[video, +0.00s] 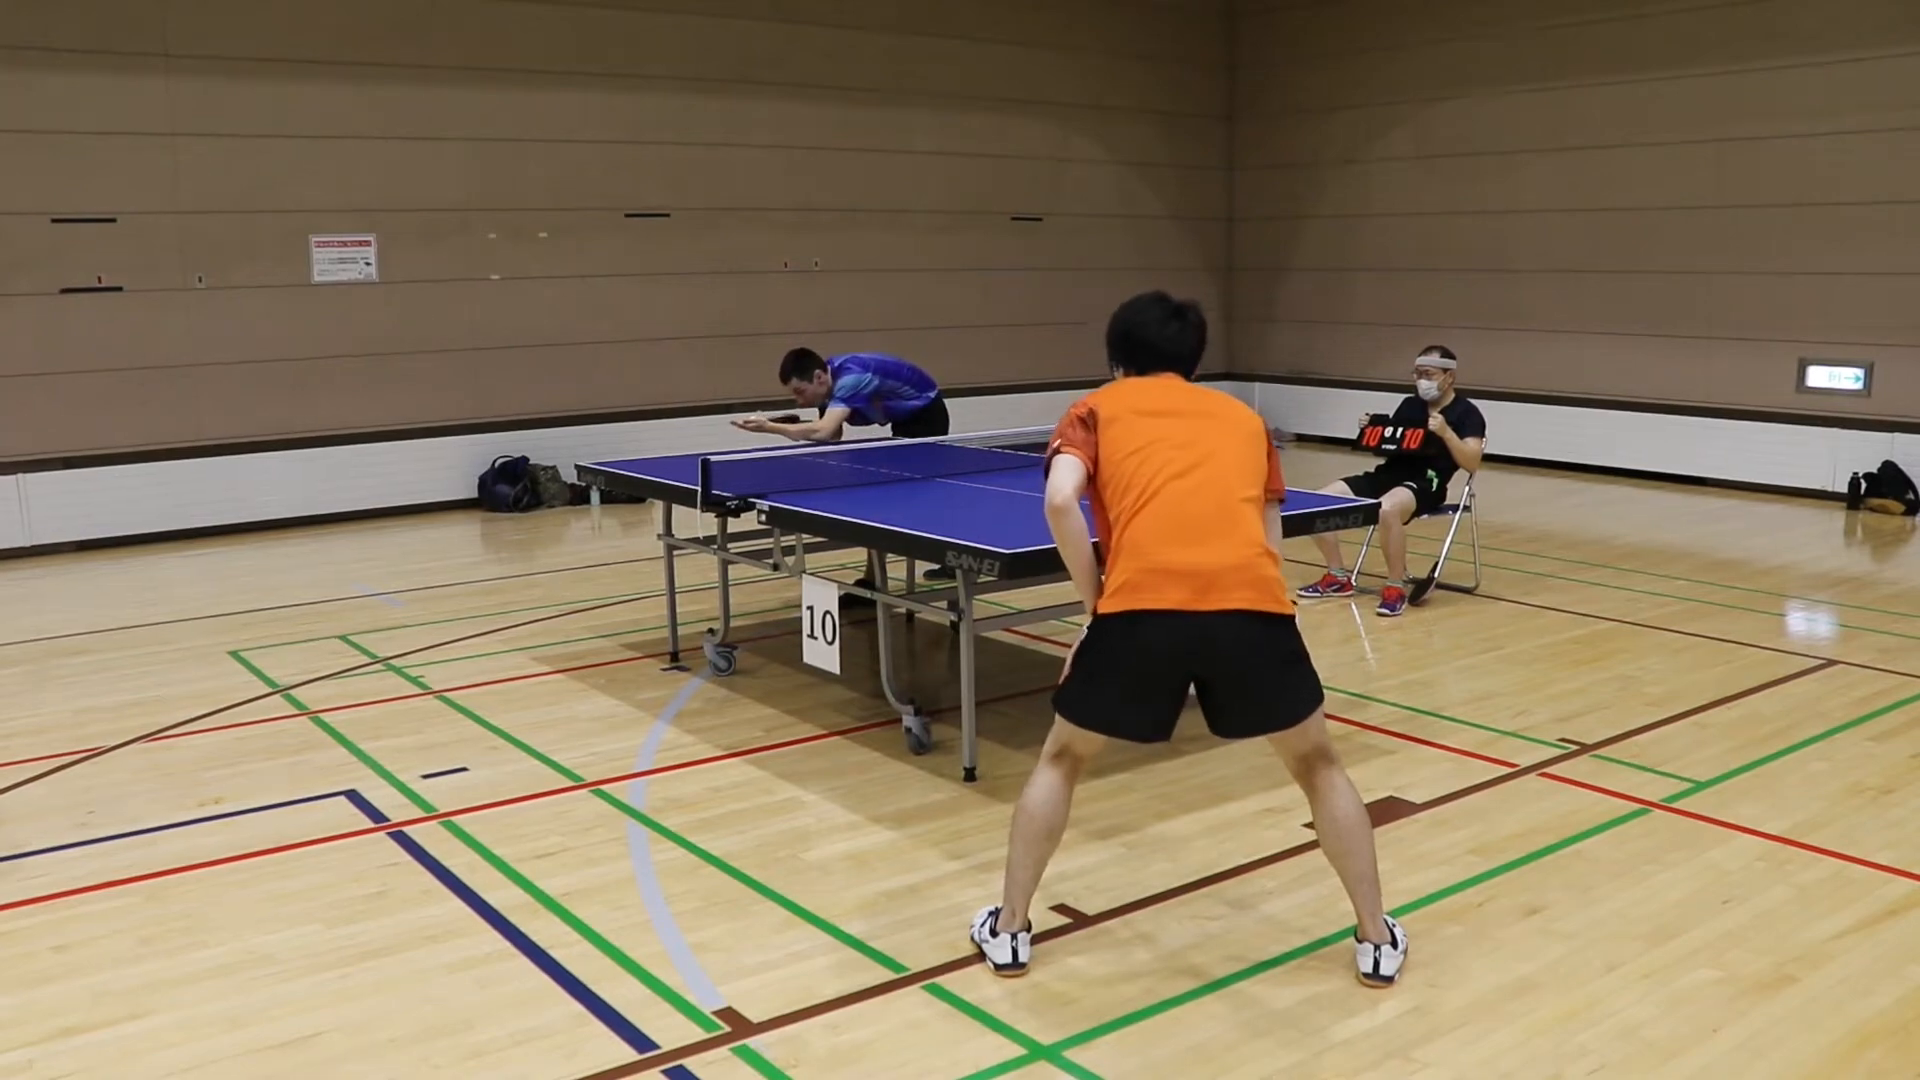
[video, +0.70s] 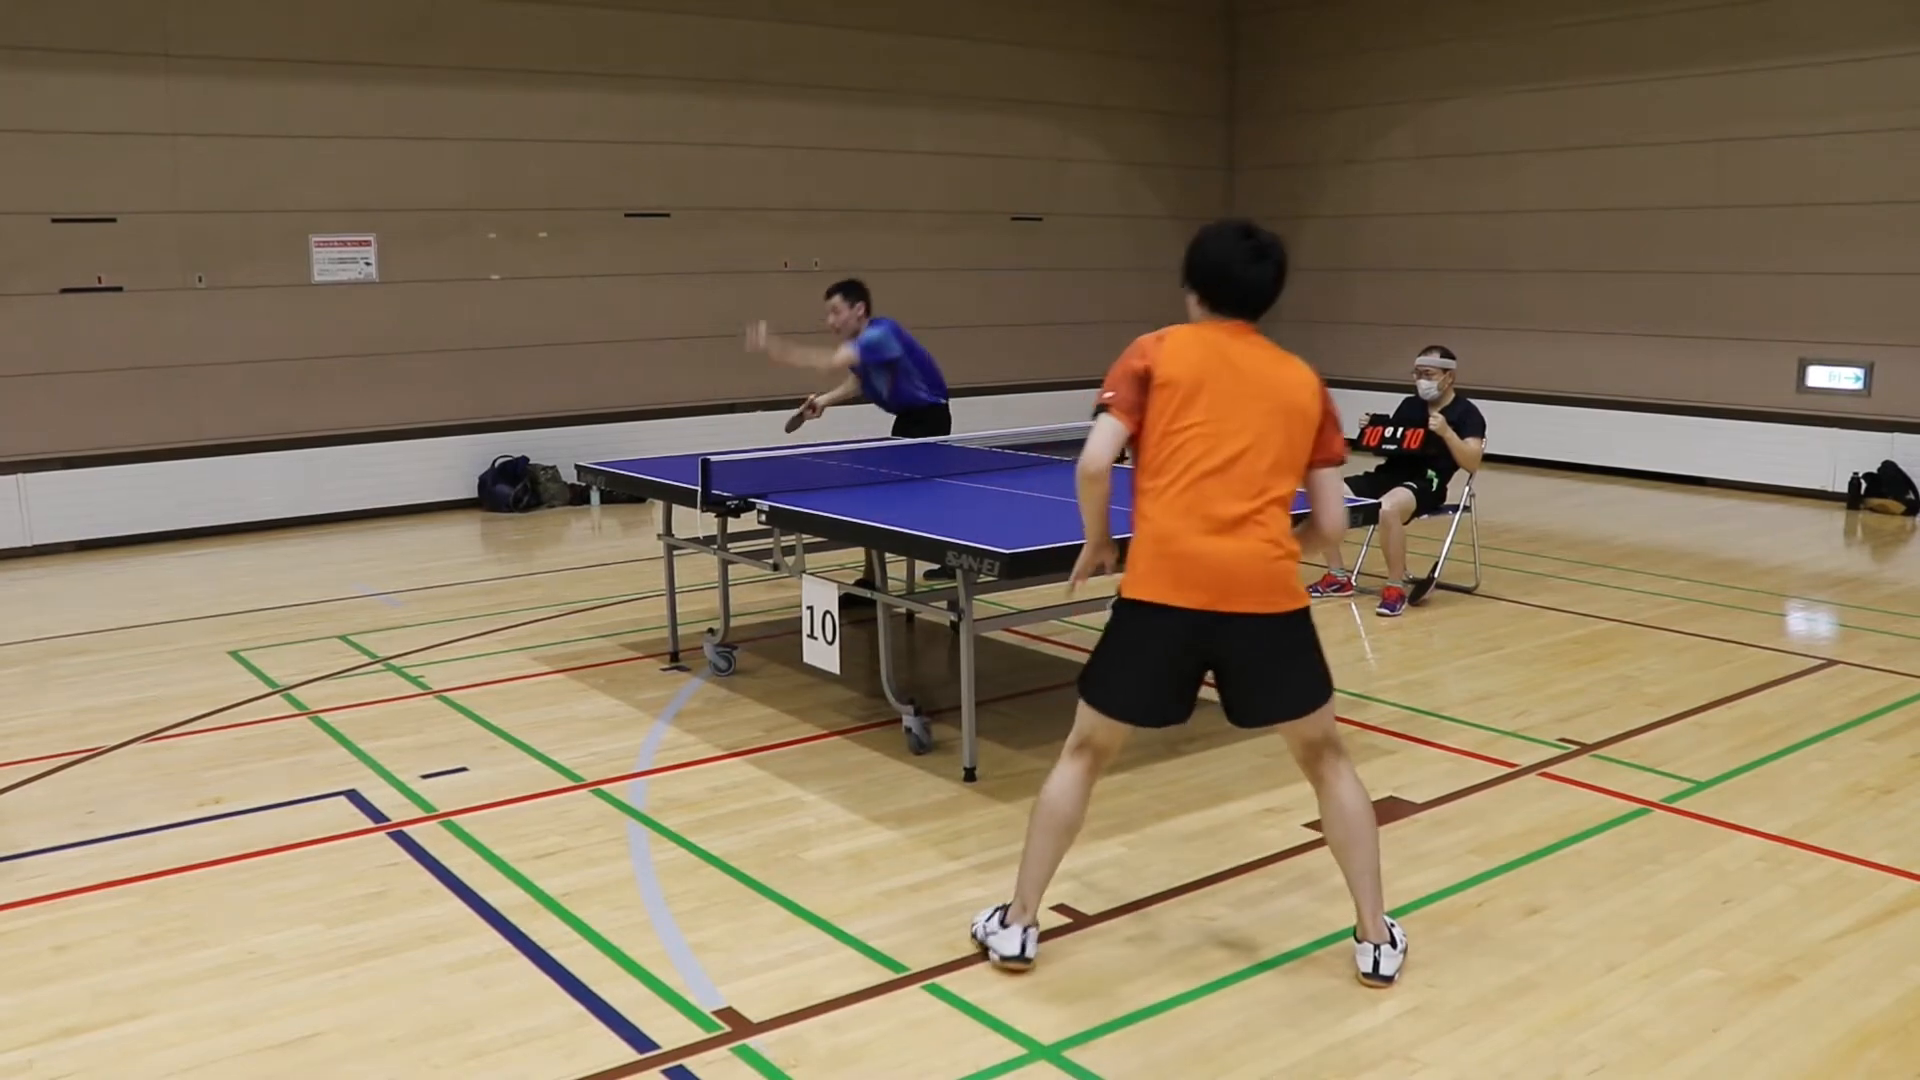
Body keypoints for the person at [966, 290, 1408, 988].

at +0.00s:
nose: (1102, 366)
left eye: (1108, 354)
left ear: (1117, 356)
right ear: (1193, 359)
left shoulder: (1095, 409)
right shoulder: (1244, 417)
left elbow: (1060, 501)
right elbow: (1269, 546)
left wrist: (1097, 605)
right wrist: (1251, 618)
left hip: (1139, 619)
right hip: (1253, 619)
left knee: (1061, 760)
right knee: (1318, 765)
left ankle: (1009, 928)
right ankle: (1378, 937)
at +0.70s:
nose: (1184, 291)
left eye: (1187, 280)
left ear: (1194, 289)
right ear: (1272, 296)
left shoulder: (1155, 353)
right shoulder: (1302, 383)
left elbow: (1092, 465)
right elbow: (1331, 526)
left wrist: (1098, 539)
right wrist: (1299, 541)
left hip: (1159, 598)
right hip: (1267, 604)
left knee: (1086, 751)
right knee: (1325, 755)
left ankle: (1018, 924)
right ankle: (1376, 936)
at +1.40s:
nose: (1116, 310)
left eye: (1118, 301)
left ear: (1124, 305)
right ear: (1194, 307)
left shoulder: (1107, 372)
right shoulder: (1239, 379)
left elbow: (1048, 485)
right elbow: (1290, 498)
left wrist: (1015, 506)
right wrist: (1226, 481)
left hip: (1147, 591)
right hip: (1246, 587)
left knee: (1072, 708)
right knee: (1289, 690)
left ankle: (1052, 874)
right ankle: (1337, 836)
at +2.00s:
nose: (1082, 384)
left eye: (1083, 373)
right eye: (1082, 373)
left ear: (1095, 374)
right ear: (1155, 369)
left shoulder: (1100, 430)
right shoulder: (1205, 427)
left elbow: (1021, 529)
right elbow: (1224, 512)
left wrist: (1007, 514)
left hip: (1168, 644)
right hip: (1248, 637)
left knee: (1015, 707)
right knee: (1250, 698)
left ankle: (987, 880)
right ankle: (1322, 824)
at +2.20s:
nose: (1014, 366)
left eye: (1015, 354)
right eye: (1015, 354)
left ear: (1027, 355)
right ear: (1090, 345)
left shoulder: (1033, 404)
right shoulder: (1133, 409)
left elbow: (944, 492)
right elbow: (1134, 523)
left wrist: (900, 471)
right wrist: (1056, 590)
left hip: (1078, 624)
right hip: (1171, 616)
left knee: (946, 691)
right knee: (1235, 716)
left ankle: (960, 865)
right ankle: (1315, 821)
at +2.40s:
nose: (977, 363)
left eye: (979, 353)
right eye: (984, 352)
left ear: (987, 359)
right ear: (1055, 355)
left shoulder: (977, 431)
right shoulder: (1104, 423)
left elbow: (913, 553)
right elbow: (1184, 479)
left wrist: (884, 562)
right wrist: (1143, 424)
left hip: (1017, 647)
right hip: (1111, 641)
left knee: (906, 739)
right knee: (1165, 748)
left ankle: (850, 900)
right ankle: (1261, 874)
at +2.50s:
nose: (1010, 346)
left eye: (1012, 337)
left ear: (1018, 344)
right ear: (1090, 342)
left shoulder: (993, 421)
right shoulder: (1134, 419)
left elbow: (922, 544)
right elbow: (1203, 517)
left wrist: (925, 542)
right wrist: (1158, 464)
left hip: (1025, 644)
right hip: (1126, 642)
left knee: (920, 743)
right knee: (1194, 749)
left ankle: (851, 901)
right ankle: (1281, 895)